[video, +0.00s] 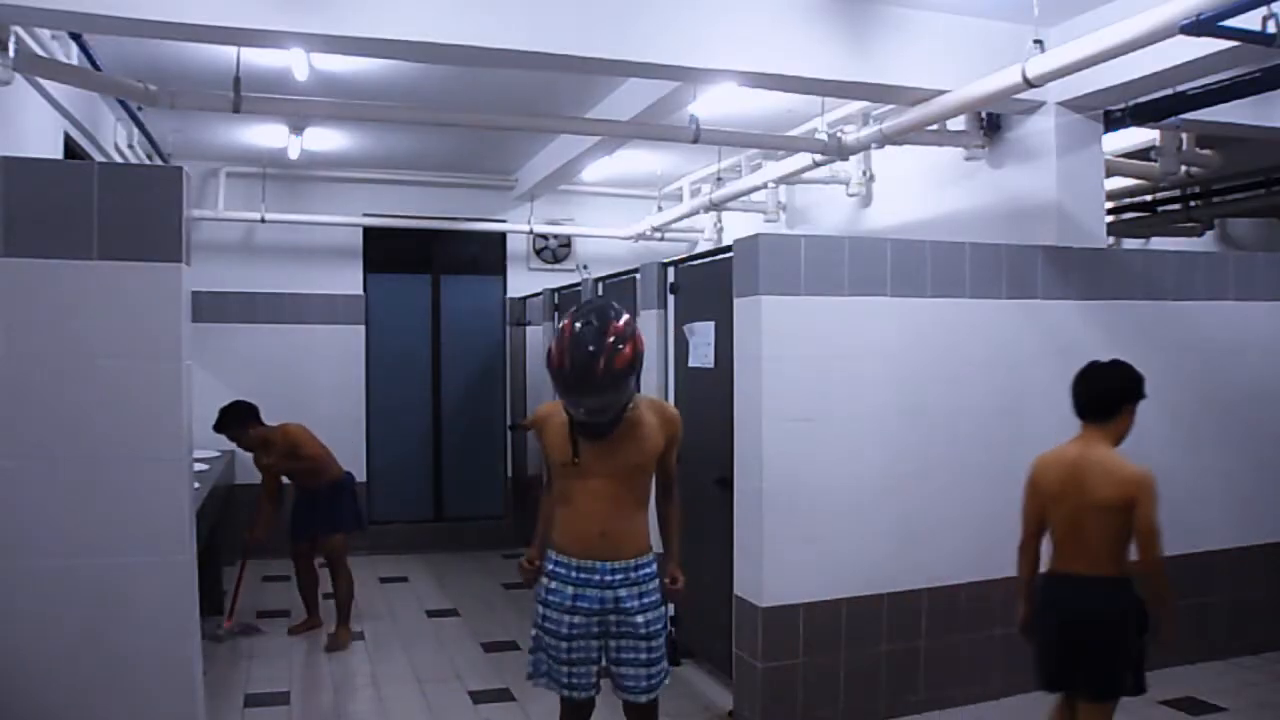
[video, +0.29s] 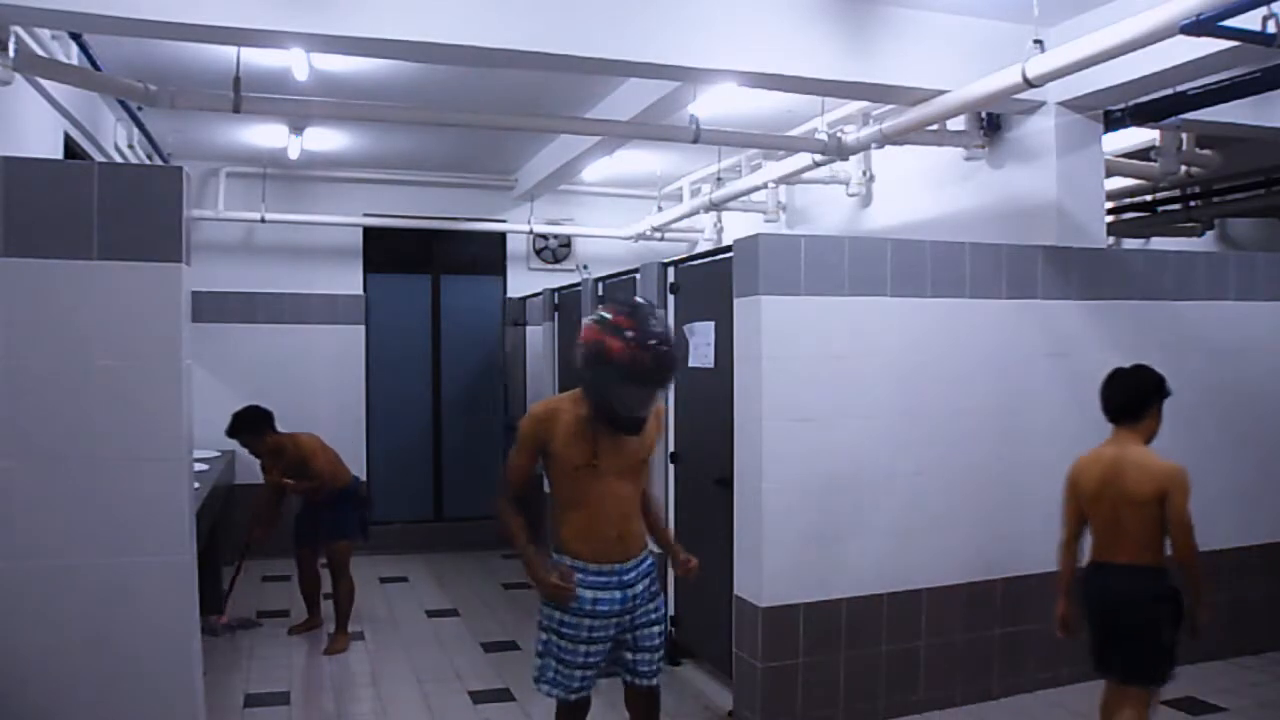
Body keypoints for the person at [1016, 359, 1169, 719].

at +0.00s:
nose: (1133, 420)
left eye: (1134, 411)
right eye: (1134, 411)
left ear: (1080, 407)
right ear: (1125, 413)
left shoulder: (1044, 468)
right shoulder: (1134, 479)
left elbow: (1029, 544)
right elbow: (1149, 559)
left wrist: (1025, 601)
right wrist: (1161, 610)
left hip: (1056, 596)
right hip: (1110, 600)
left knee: (1069, 697)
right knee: (1098, 705)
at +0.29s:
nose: (1161, 418)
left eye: (1160, 408)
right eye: (1161, 408)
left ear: (1110, 409)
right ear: (1153, 412)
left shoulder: (1082, 468)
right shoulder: (1167, 474)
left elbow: (1070, 542)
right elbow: (1183, 549)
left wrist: (1063, 599)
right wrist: (1196, 602)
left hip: (1099, 587)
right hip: (1148, 589)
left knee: (1115, 689)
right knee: (1137, 697)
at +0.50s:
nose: (1186, 408)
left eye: (1185, 399)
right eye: (1184, 400)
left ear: (1137, 400)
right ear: (1172, 403)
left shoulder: (1107, 456)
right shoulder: (1186, 461)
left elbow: (1102, 525)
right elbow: (1198, 538)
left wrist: (1110, 575)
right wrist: (1208, 595)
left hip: (1124, 575)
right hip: (1171, 577)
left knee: (1130, 668)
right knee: (1186, 668)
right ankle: (1160, 713)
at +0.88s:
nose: (1241, 405)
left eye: (1241, 396)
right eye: (1240, 397)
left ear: (1194, 395)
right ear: (1229, 398)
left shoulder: (1162, 445)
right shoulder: (1239, 458)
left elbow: (1150, 510)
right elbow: (1246, 529)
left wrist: (1159, 554)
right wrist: (1255, 583)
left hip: (1171, 561)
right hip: (1218, 565)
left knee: (1164, 649)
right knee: (1220, 656)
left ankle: (1144, 713)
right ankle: (1211, 714)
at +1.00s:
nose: (1255, 400)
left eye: (1255, 392)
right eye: (1254, 392)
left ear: (1207, 391)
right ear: (1245, 395)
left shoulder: (1174, 442)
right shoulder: (1255, 453)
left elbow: (1164, 507)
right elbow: (1267, 522)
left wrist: (1161, 553)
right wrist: (1271, 563)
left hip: (1186, 551)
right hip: (1234, 553)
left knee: (1185, 639)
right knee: (1227, 649)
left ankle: (1172, 708)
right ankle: (1212, 715)